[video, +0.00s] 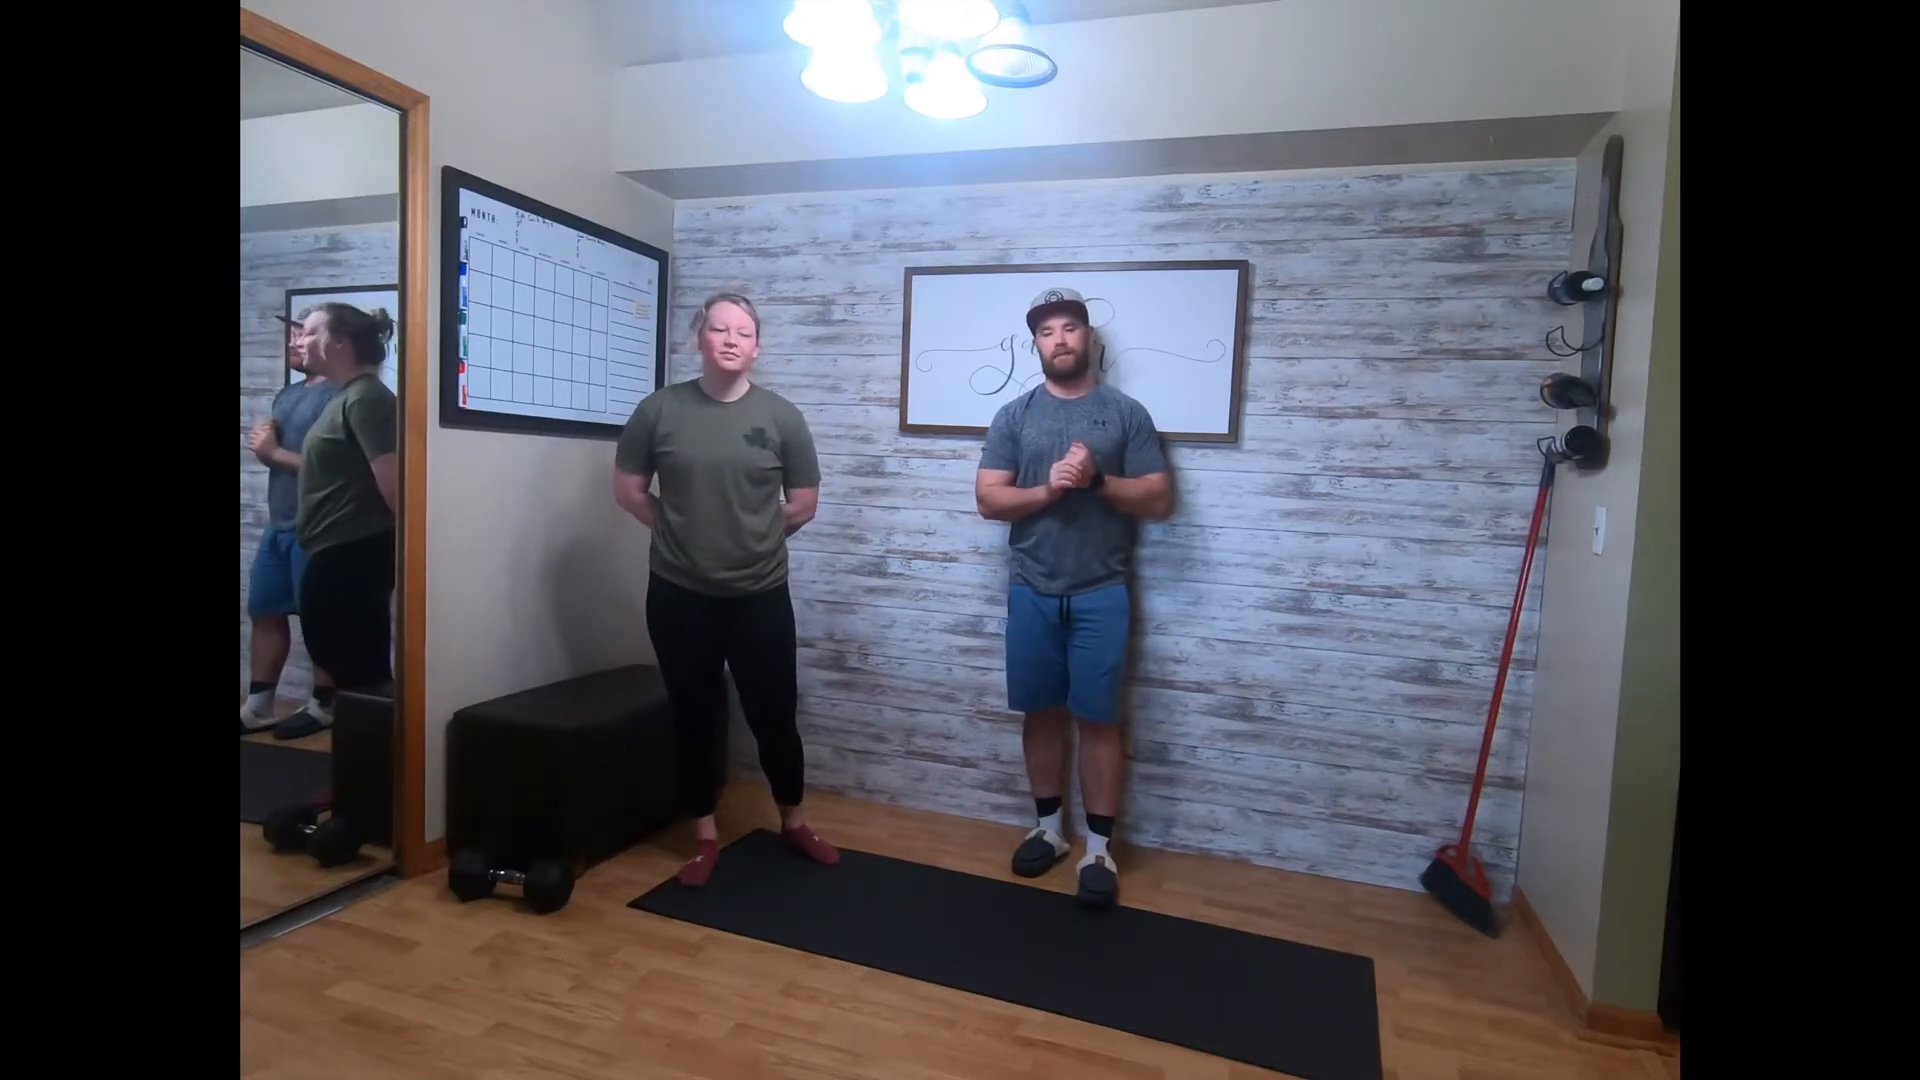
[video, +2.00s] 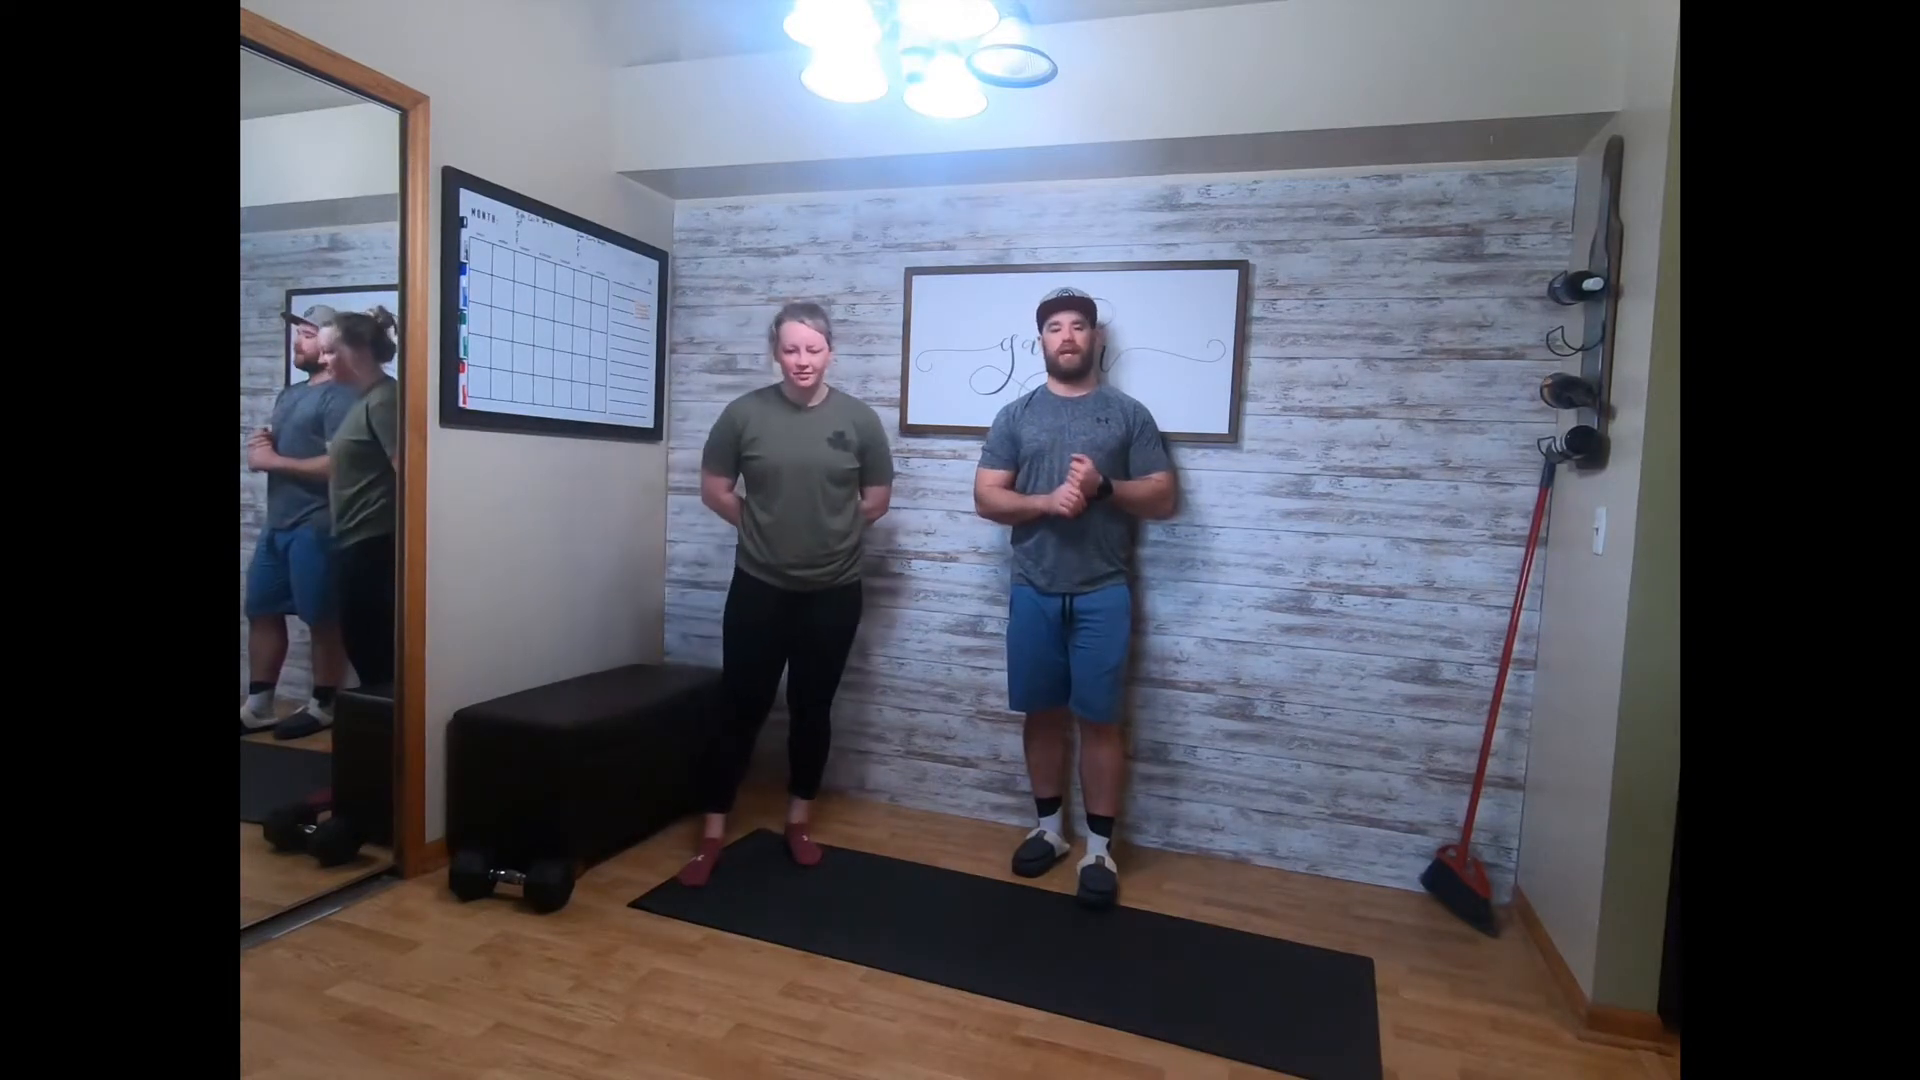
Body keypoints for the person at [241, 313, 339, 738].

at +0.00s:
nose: (295, 340)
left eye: (305, 332)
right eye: (295, 333)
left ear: (329, 343)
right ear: (296, 344)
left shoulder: (339, 396)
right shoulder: (286, 397)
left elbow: (324, 465)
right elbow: (286, 455)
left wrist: (272, 451)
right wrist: (267, 443)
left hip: (317, 530)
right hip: (279, 527)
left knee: (319, 621)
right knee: (266, 612)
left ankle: (324, 706)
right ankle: (259, 704)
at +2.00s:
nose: (298, 339)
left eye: (308, 333)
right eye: (298, 332)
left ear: (329, 344)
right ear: (299, 341)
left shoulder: (342, 397)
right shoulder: (289, 395)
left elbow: (339, 465)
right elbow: (278, 443)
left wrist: (275, 461)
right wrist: (264, 441)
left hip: (319, 525)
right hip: (278, 524)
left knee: (322, 619)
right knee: (263, 610)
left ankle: (323, 707)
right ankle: (260, 703)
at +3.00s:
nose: (294, 339)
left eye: (304, 332)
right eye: (295, 333)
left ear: (326, 342)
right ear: (299, 344)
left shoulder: (343, 392)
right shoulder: (294, 394)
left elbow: (346, 447)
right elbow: (276, 446)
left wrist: (317, 412)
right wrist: (248, 413)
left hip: (317, 523)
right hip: (276, 523)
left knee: (321, 617)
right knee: (260, 608)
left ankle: (324, 706)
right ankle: (259, 704)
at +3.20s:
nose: (300, 344)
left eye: (310, 336)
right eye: (300, 337)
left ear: (334, 344)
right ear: (301, 345)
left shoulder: (347, 394)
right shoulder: (293, 391)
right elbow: (254, 411)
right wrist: (242, 371)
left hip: (319, 527)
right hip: (279, 525)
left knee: (321, 619)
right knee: (261, 609)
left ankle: (325, 706)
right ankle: (259, 703)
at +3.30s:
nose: (298, 342)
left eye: (308, 336)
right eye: (297, 335)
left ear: (331, 344)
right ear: (296, 343)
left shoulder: (347, 391)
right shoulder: (289, 386)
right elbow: (250, 384)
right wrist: (238, 346)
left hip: (322, 528)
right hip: (280, 523)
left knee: (322, 621)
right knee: (264, 609)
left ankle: (324, 705)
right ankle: (259, 703)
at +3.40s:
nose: (296, 340)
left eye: (305, 333)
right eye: (296, 332)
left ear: (329, 341)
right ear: (296, 341)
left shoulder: (340, 385)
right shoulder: (290, 379)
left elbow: (351, 345)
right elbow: (253, 355)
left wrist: (340, 299)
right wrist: (238, 324)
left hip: (322, 522)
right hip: (283, 519)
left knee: (322, 618)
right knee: (264, 609)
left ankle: (324, 705)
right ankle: (259, 702)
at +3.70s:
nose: (291, 340)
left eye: (301, 332)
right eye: (292, 333)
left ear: (327, 340)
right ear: (294, 342)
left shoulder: (338, 386)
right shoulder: (287, 381)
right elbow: (246, 375)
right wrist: (240, 328)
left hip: (318, 524)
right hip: (280, 521)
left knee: (321, 620)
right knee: (262, 609)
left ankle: (324, 705)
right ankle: (259, 703)